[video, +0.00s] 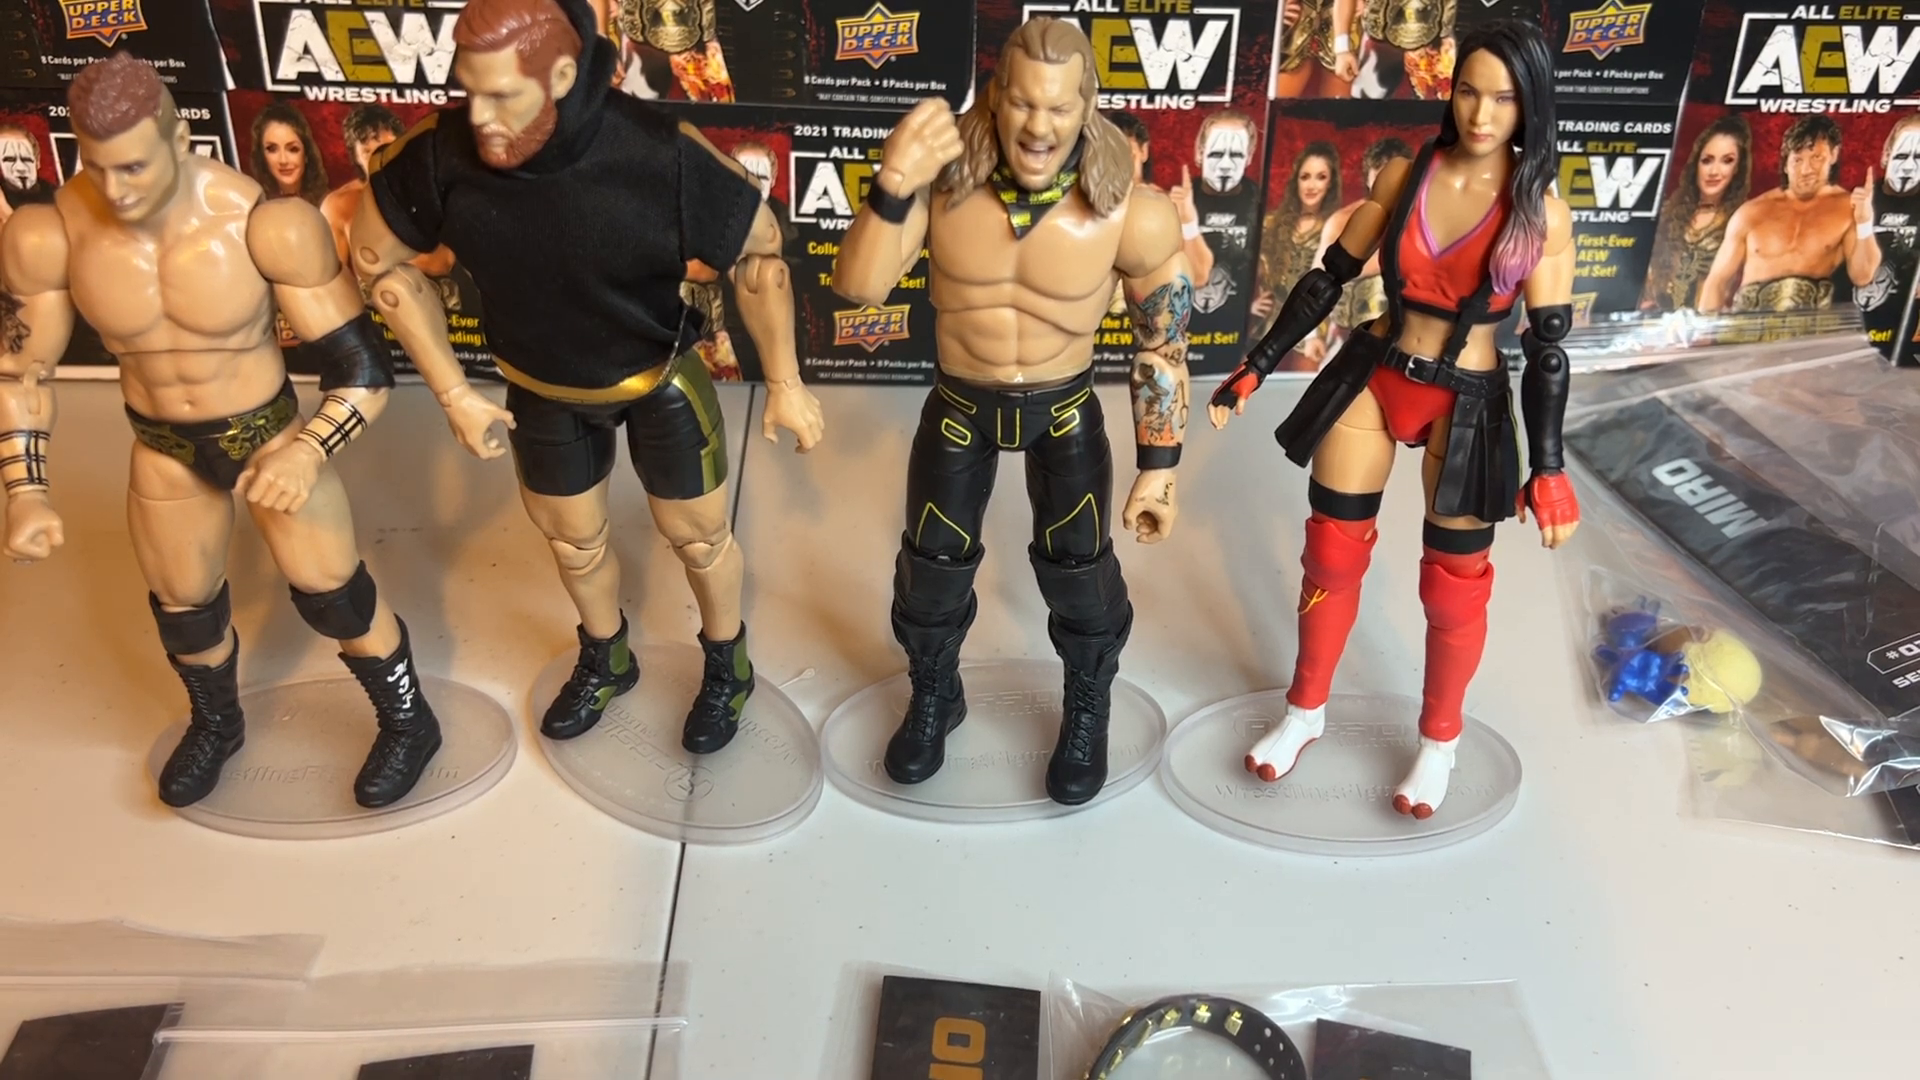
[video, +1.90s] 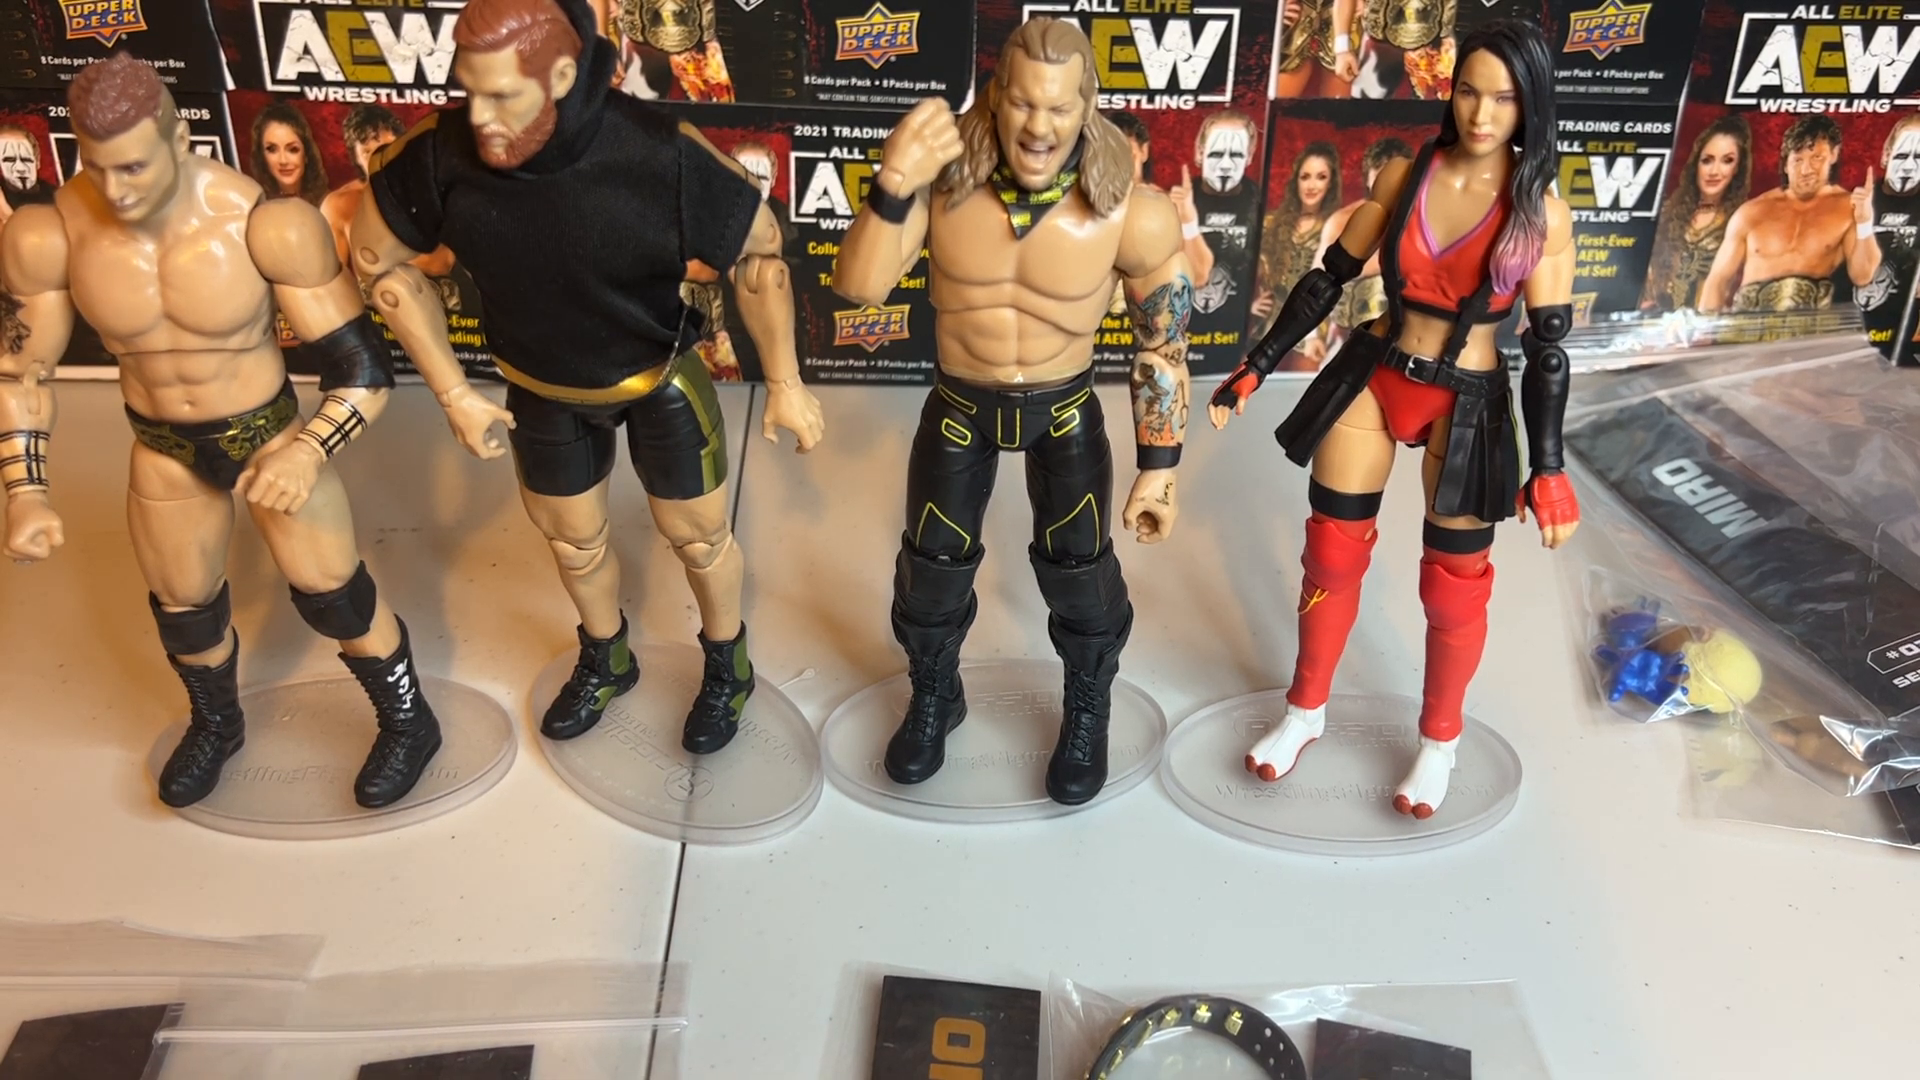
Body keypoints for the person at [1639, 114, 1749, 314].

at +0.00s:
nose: (1714, 171)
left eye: (1727, 161)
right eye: (1707, 160)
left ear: (1739, 168)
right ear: (1695, 164)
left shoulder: (1742, 220)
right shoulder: (1670, 213)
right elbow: (1654, 267)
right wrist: (1649, 299)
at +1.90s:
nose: (1714, 171)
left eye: (1727, 160)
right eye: (1707, 160)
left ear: (1738, 168)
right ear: (1695, 164)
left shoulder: (1742, 219)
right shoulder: (1670, 212)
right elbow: (1655, 265)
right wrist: (1650, 299)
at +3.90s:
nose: (1714, 171)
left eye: (1727, 161)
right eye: (1707, 160)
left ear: (1739, 168)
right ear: (1695, 164)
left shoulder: (1742, 220)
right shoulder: (1670, 213)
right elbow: (1654, 268)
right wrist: (1649, 301)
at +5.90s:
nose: (1714, 171)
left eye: (1727, 161)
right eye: (1707, 160)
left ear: (1739, 168)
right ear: (1695, 164)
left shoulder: (1743, 219)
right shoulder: (1671, 212)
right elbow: (1654, 267)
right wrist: (1650, 300)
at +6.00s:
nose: (1714, 171)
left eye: (1727, 161)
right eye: (1707, 160)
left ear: (1739, 168)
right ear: (1696, 164)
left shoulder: (1743, 219)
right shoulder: (1671, 212)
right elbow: (1655, 266)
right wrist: (1650, 300)